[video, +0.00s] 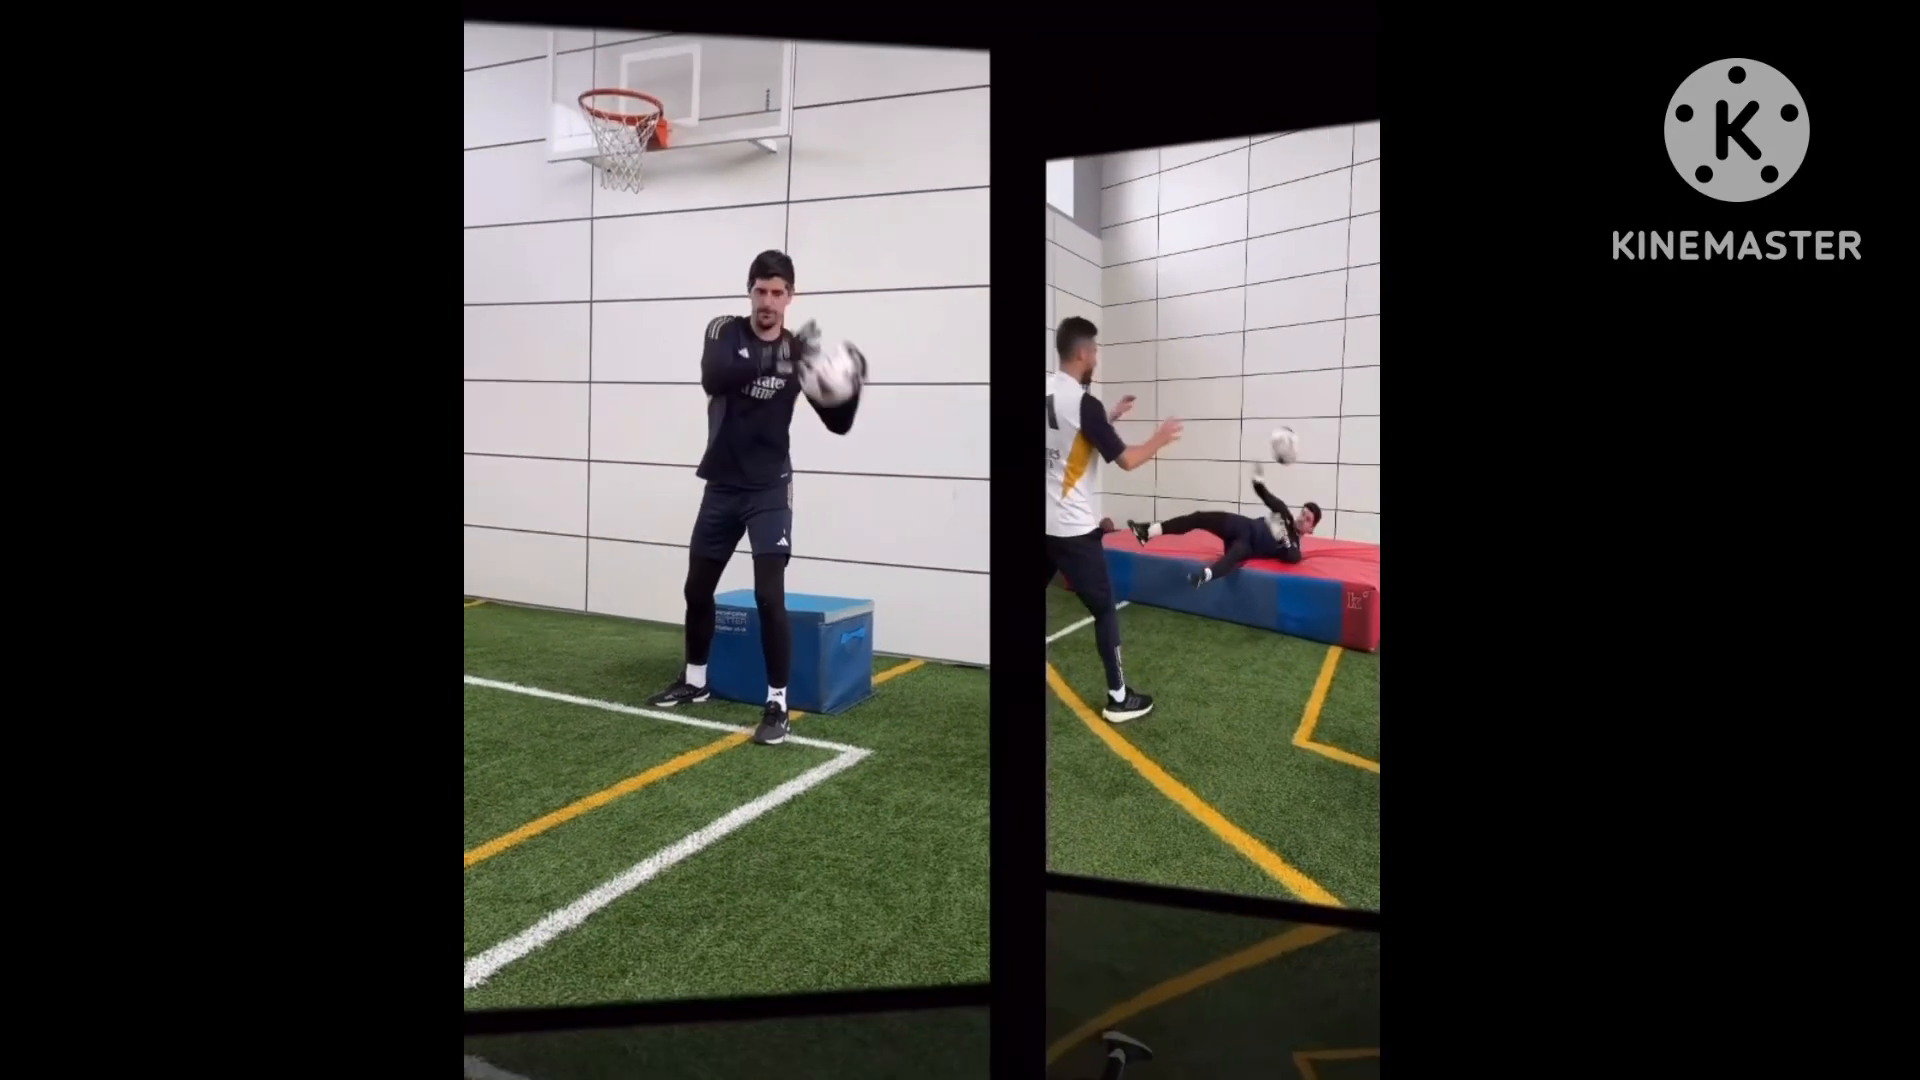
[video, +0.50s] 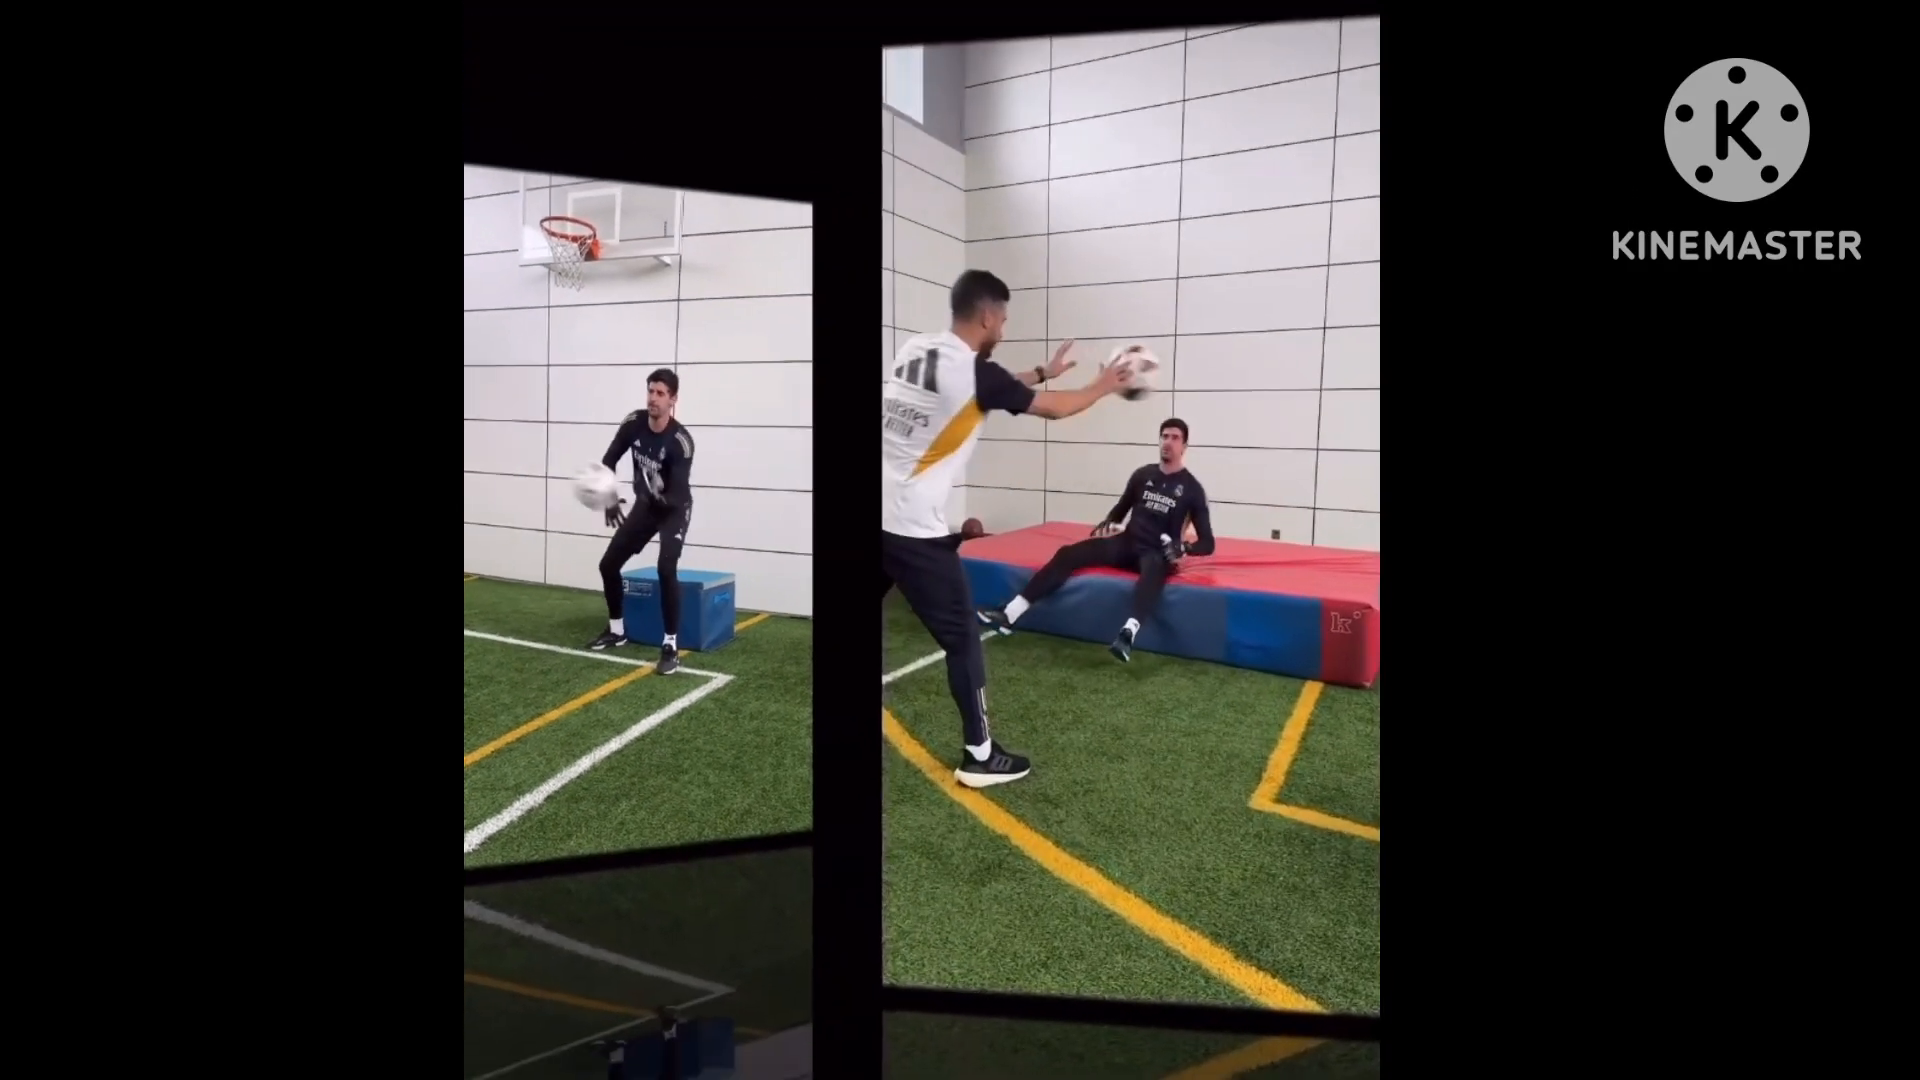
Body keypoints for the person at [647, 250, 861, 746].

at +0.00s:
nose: (769, 301)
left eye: (778, 293)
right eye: (762, 292)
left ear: (791, 297)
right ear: (749, 293)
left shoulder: (798, 350)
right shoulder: (725, 330)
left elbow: (838, 423)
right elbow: (715, 380)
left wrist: (847, 383)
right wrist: (779, 356)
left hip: (769, 488)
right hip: (721, 485)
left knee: (769, 596)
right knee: (697, 588)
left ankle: (777, 703)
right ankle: (694, 683)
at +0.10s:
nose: (739, 319)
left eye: (748, 312)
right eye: (733, 310)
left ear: (761, 317)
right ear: (723, 312)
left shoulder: (772, 373)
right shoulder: (698, 356)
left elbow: (795, 427)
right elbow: (690, 424)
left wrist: (819, 445)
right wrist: (751, 421)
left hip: (744, 497)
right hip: (699, 495)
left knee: (742, 590)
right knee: (676, 583)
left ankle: (748, 689)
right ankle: (674, 670)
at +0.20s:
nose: (712, 337)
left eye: (721, 331)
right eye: (707, 329)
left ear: (734, 337)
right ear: (699, 333)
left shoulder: (748, 391)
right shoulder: (676, 379)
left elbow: (767, 445)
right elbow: (660, 444)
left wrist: (791, 487)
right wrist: (695, 464)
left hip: (724, 498)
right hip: (682, 495)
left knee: (720, 584)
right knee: (658, 576)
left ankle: (724, 675)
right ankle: (656, 656)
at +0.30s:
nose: (688, 355)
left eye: (697, 349)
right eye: (684, 347)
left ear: (712, 356)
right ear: (678, 352)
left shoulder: (725, 411)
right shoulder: (658, 393)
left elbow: (739, 466)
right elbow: (636, 445)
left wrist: (752, 514)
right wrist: (656, 486)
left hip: (705, 498)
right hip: (668, 494)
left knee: (700, 578)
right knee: (642, 572)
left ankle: (703, 664)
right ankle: (641, 647)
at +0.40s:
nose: (670, 374)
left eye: (677, 369)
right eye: (667, 367)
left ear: (691, 375)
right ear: (661, 371)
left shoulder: (702, 427)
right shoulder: (647, 404)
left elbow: (706, 485)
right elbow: (621, 448)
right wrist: (631, 492)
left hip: (689, 507)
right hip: (655, 500)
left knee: (681, 574)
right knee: (626, 568)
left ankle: (686, 655)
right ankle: (628, 639)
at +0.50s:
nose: (653, 398)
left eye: (660, 393)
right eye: (650, 391)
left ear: (673, 399)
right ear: (646, 394)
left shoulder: (680, 442)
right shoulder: (635, 423)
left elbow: (677, 500)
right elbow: (609, 461)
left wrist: (658, 496)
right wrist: (608, 497)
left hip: (675, 510)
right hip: (645, 505)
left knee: (666, 570)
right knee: (608, 565)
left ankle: (669, 647)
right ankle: (616, 632)